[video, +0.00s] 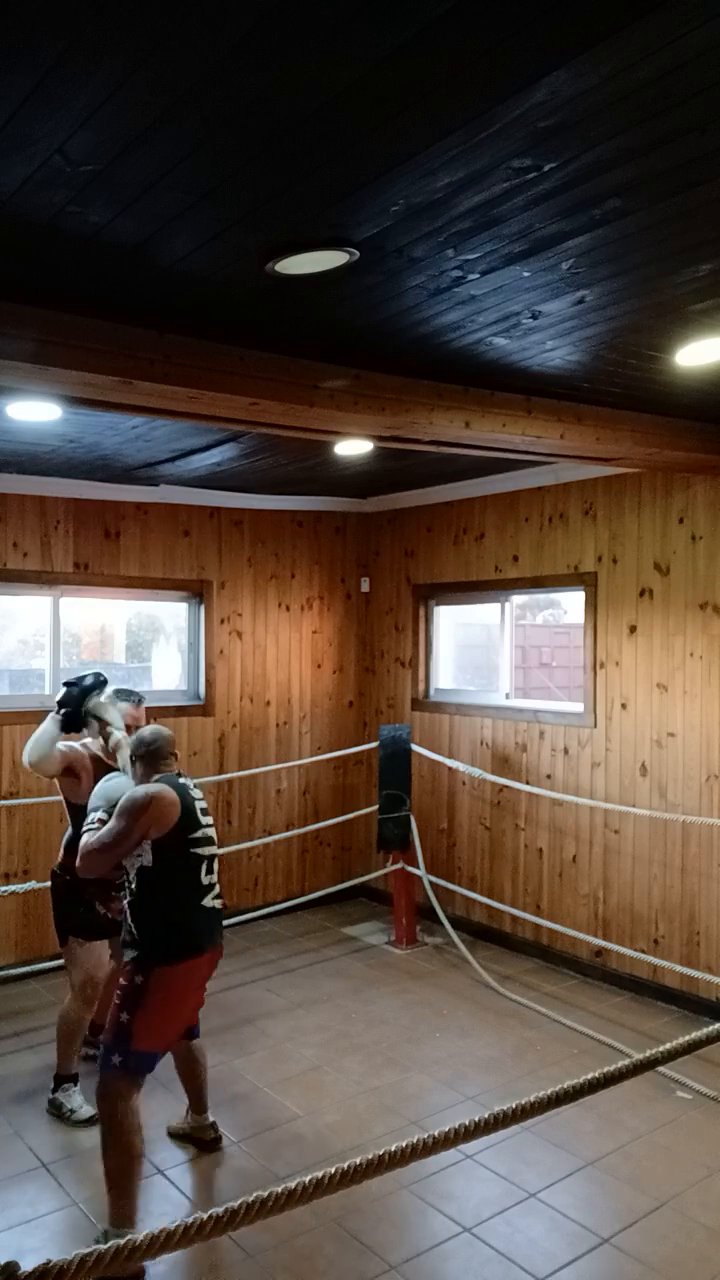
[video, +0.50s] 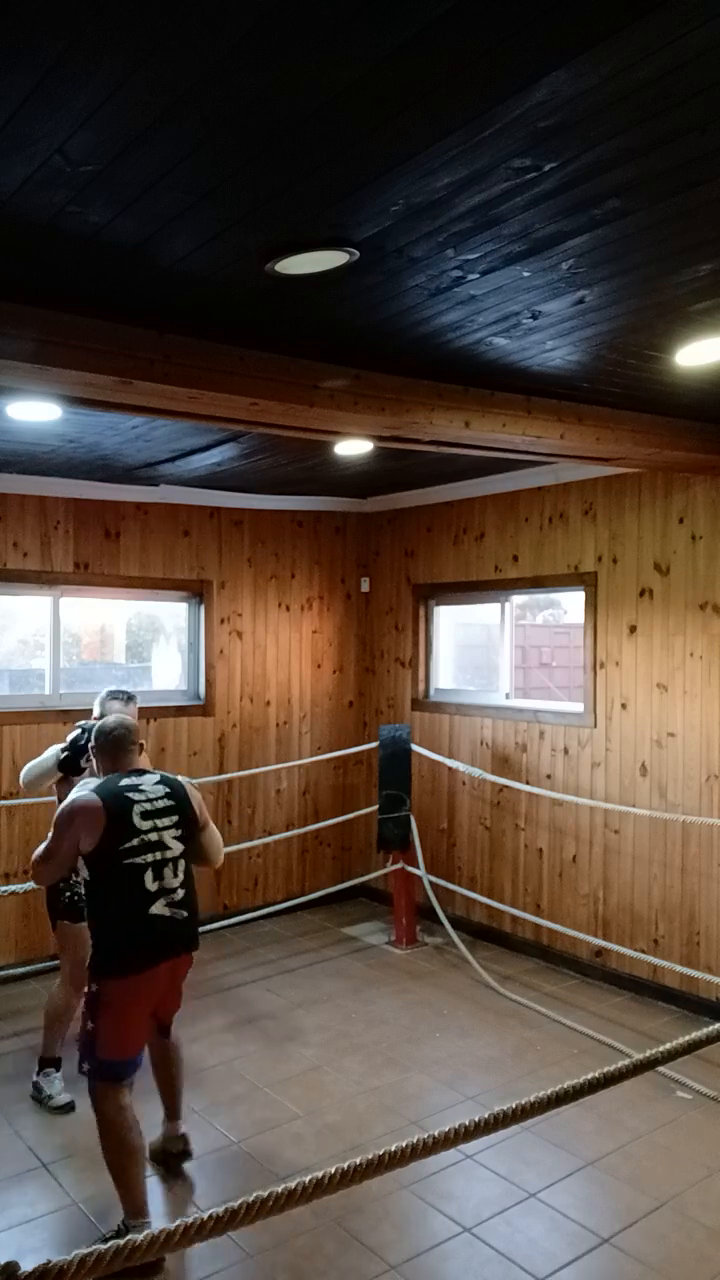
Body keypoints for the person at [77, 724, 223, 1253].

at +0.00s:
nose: (129, 768)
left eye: (128, 760)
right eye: (134, 760)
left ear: (134, 761)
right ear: (173, 756)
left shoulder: (149, 798)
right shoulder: (190, 790)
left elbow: (87, 861)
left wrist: (101, 810)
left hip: (167, 955)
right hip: (203, 943)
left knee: (116, 1088)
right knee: (181, 1031)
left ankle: (122, 1239)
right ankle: (202, 1121)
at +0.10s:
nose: (121, 768)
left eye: (121, 760)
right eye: (124, 760)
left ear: (128, 760)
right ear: (168, 754)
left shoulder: (144, 798)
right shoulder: (188, 788)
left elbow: (87, 870)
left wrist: (102, 820)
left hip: (164, 955)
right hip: (203, 942)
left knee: (102, 1084)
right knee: (186, 1029)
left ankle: (119, 1230)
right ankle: (202, 1120)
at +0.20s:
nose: (109, 759)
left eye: (110, 752)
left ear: (113, 758)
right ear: (158, 753)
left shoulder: (127, 805)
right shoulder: (185, 788)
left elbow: (78, 878)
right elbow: (171, 857)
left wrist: (92, 832)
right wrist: (116, 860)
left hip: (156, 957)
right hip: (200, 943)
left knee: (105, 1086)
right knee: (186, 1029)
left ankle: (136, 1226)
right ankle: (203, 1121)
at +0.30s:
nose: (97, 778)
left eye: (97, 770)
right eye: (99, 769)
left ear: (104, 768)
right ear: (148, 755)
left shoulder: (110, 813)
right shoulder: (185, 794)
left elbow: (59, 884)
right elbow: (219, 855)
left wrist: (79, 833)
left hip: (143, 971)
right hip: (193, 956)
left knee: (103, 1092)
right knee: (181, 1030)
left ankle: (137, 1225)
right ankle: (199, 1121)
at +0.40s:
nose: (86, 776)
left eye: (87, 769)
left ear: (94, 768)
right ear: (140, 758)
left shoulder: (95, 812)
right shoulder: (183, 794)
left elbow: (45, 883)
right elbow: (220, 863)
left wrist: (69, 832)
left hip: (135, 969)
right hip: (186, 952)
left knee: (99, 1094)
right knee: (172, 1032)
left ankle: (136, 1225)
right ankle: (187, 1119)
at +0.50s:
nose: (87, 762)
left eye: (88, 755)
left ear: (94, 756)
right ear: (141, 749)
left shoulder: (87, 803)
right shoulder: (181, 788)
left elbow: (44, 872)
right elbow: (211, 855)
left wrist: (58, 813)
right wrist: (173, 822)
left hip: (125, 960)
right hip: (180, 946)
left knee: (108, 1088)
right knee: (161, 1031)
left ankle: (137, 1227)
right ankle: (173, 1132)